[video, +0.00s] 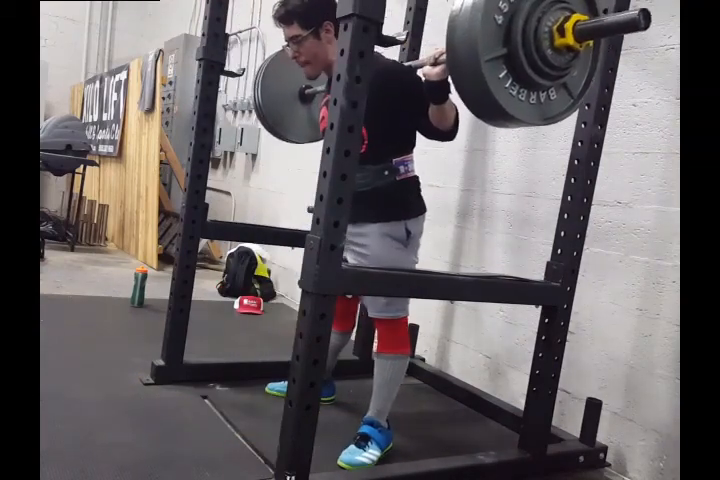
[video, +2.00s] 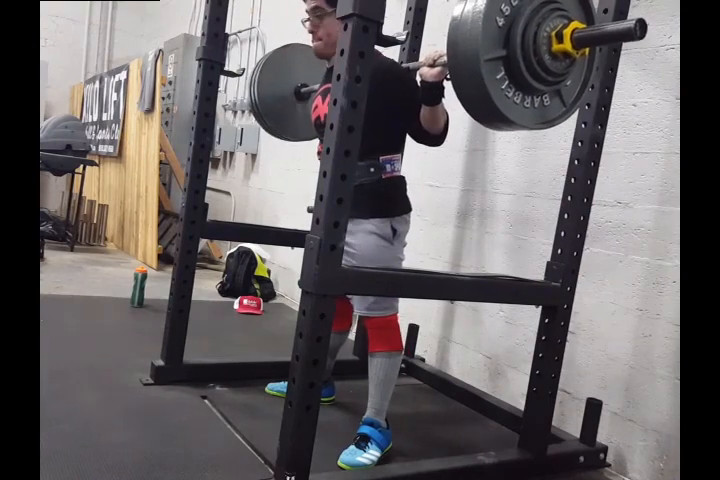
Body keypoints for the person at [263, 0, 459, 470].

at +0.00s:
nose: (293, 53)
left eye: (298, 42)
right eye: (288, 44)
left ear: (330, 31)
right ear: (321, 36)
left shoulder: (390, 78)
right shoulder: (330, 83)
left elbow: (445, 129)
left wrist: (437, 85)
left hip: (389, 217)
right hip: (341, 213)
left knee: (388, 314)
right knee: (335, 301)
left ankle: (377, 424)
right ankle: (318, 379)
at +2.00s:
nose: (310, 31)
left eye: (317, 20)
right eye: (307, 22)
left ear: (348, 19)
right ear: (320, 25)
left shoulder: (387, 74)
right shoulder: (329, 78)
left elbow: (433, 135)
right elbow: (328, 139)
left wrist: (431, 87)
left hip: (377, 215)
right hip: (331, 212)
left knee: (377, 311)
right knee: (327, 301)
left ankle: (375, 424)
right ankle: (317, 379)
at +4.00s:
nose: (305, 63)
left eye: (316, 55)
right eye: (305, 54)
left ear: (345, 63)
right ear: (310, 62)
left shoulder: (378, 118)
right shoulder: (324, 120)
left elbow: (433, 171)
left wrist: (425, 132)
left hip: (400, 234)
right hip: (350, 232)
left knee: (364, 323)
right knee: (304, 296)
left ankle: (374, 428)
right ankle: (315, 381)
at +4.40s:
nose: (288, 124)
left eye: (298, 116)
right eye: (288, 115)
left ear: (329, 124)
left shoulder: (368, 175)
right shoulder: (312, 175)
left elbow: (420, 221)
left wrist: (412, 189)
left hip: (404, 267)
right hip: (352, 266)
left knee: (355, 328)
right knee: (291, 300)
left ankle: (374, 430)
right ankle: (316, 382)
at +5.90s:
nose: (281, 142)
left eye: (290, 132)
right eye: (280, 132)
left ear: (321, 137)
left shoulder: (360, 180)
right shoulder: (316, 187)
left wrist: (408, 174)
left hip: (413, 253)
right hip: (366, 256)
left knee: (359, 319)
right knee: (305, 298)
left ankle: (373, 428)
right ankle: (316, 380)